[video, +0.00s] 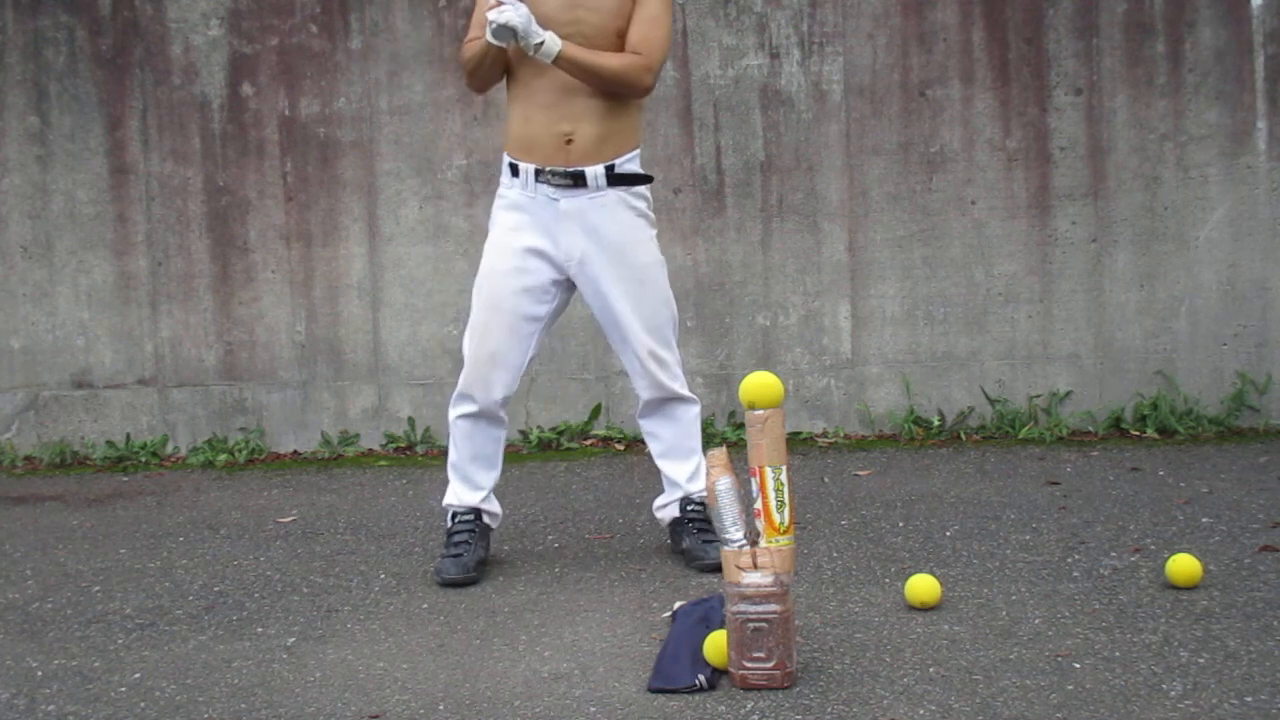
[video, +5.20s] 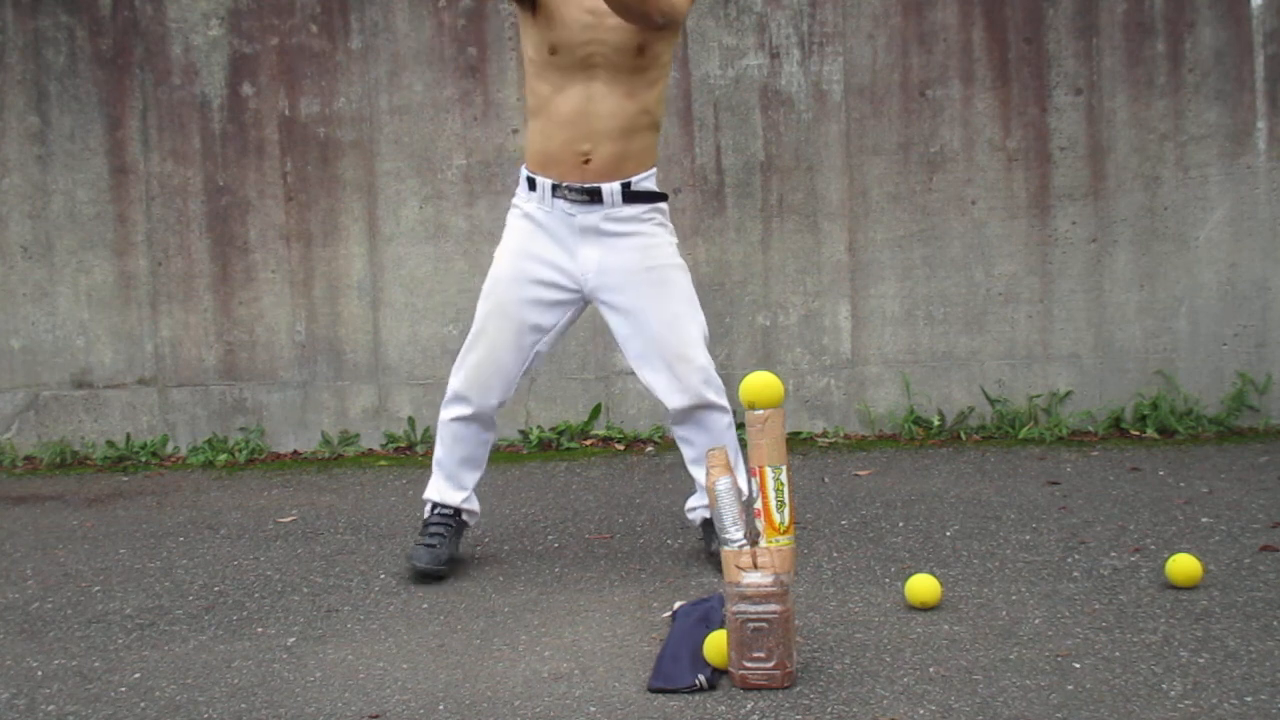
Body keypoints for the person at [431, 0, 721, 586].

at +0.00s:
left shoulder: (650, 1)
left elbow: (639, 76)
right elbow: (476, 77)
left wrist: (543, 41)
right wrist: (500, 38)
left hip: (614, 200)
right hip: (523, 200)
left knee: (657, 365)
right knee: (484, 371)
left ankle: (688, 507)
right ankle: (468, 516)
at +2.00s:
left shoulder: (627, 5)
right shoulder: (494, 5)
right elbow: (466, 98)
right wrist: (480, 16)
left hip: (606, 194)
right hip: (513, 197)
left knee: (647, 364)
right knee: (480, 374)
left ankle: (686, 507)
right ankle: (455, 517)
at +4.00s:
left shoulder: (631, 0)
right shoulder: (486, 2)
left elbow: (630, 77)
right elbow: (465, 100)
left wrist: (556, 25)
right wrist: (499, 28)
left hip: (606, 195)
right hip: (514, 198)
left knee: (648, 363)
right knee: (481, 373)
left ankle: (686, 508)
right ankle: (455, 517)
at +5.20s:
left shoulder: (669, 8)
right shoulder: (533, 2)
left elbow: (643, 7)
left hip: (636, 222)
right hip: (539, 219)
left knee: (693, 382)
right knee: (476, 382)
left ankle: (725, 516)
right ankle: (446, 509)